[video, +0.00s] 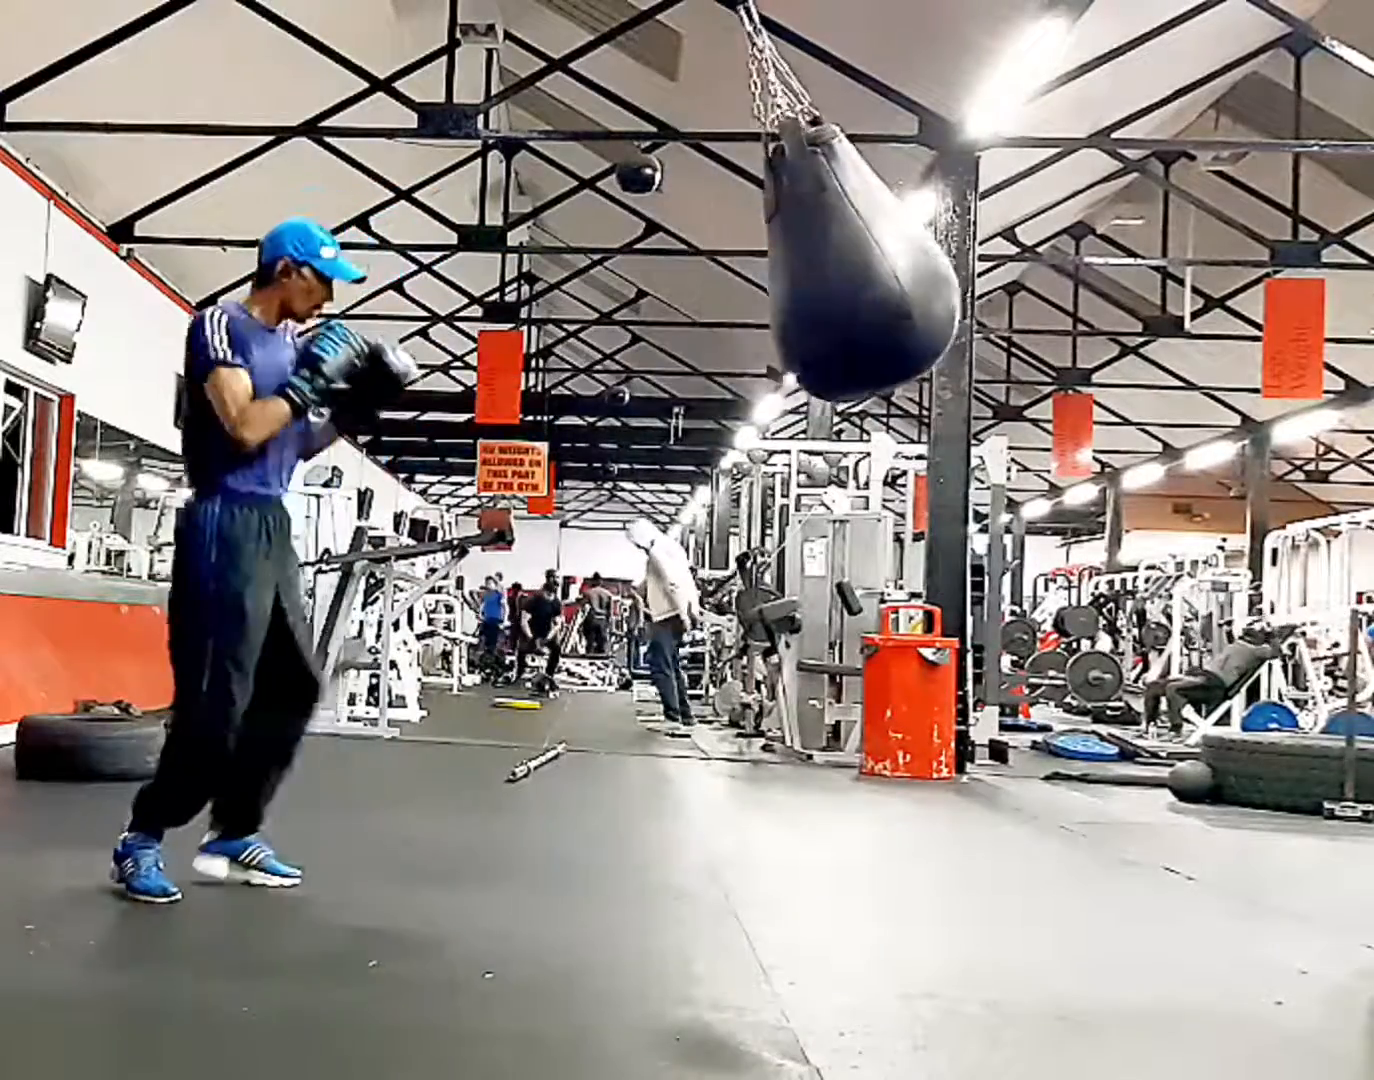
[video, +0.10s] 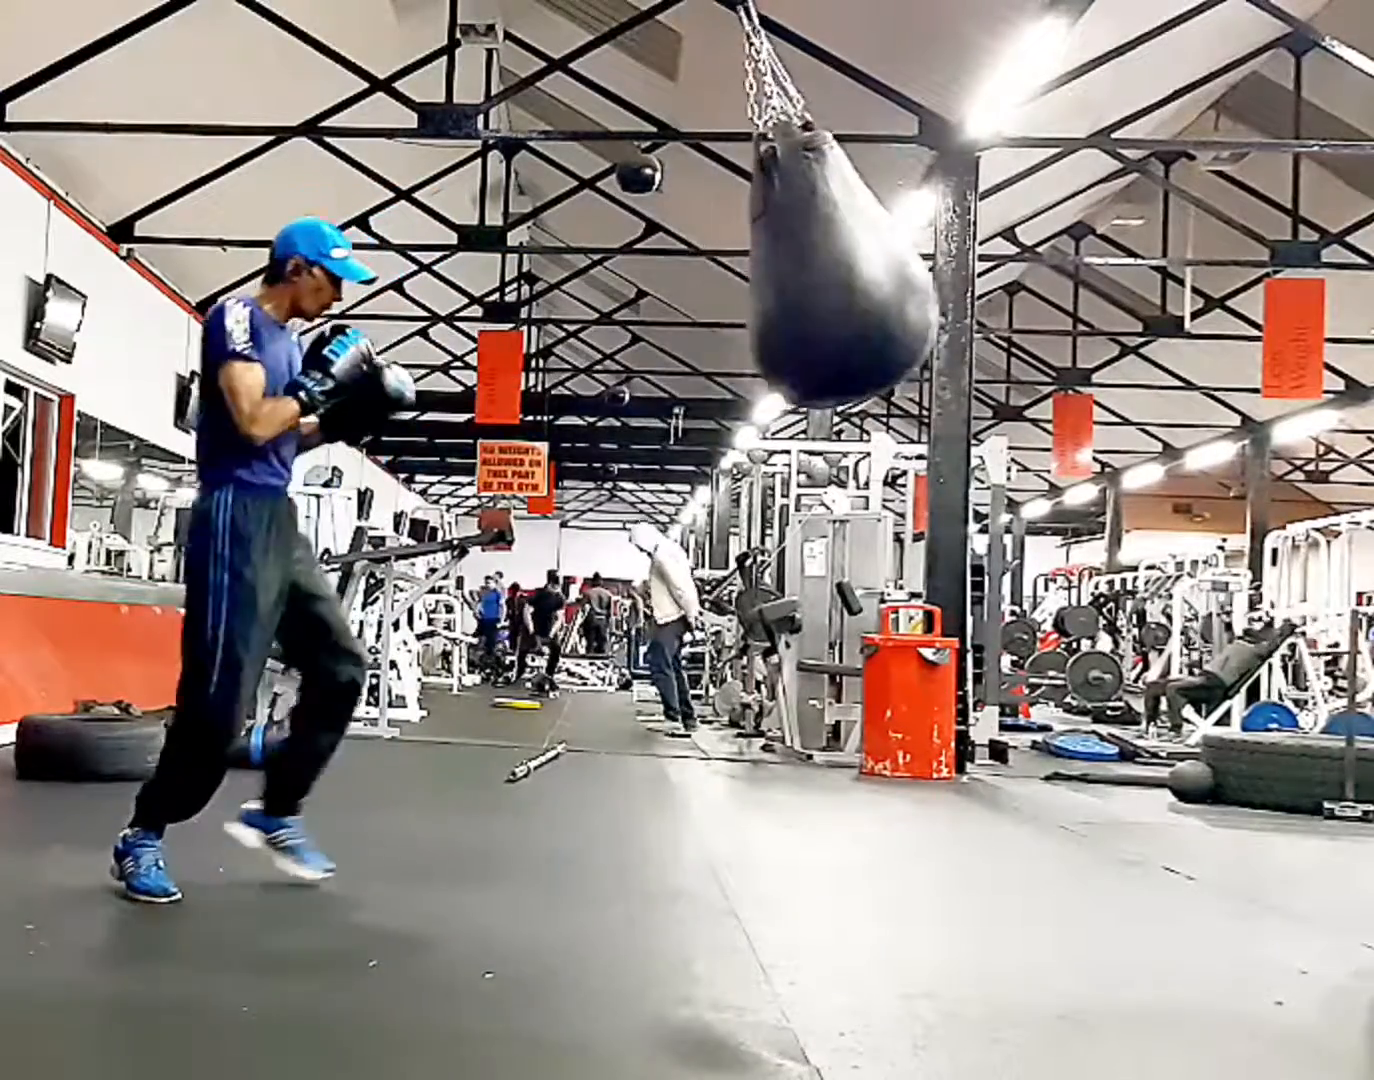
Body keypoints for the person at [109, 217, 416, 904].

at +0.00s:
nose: (330, 298)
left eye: (333, 287)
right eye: (325, 284)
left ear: (299, 278)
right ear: (288, 272)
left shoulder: (295, 343)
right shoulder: (221, 323)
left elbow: (297, 447)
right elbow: (245, 427)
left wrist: (354, 405)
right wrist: (312, 382)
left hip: (270, 528)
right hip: (221, 526)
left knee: (291, 685)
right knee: (219, 693)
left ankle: (233, 837)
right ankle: (142, 840)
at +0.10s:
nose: (337, 299)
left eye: (340, 287)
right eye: (332, 283)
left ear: (307, 278)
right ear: (298, 271)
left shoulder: (291, 341)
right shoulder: (237, 316)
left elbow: (285, 439)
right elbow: (253, 420)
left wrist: (343, 414)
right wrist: (320, 383)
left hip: (278, 520)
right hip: (234, 517)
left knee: (340, 670)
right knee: (221, 698)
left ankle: (274, 814)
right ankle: (143, 836)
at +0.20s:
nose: (356, 298)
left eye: (361, 287)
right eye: (353, 283)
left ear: (325, 275)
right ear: (318, 269)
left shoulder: (312, 339)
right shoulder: (256, 314)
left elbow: (304, 422)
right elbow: (276, 416)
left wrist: (355, 392)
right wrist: (337, 377)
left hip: (296, 517)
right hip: (251, 513)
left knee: (353, 668)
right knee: (221, 691)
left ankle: (335, 825)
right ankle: (139, 833)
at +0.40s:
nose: (402, 326)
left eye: (406, 316)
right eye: (397, 312)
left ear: (373, 309)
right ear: (363, 302)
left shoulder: (357, 369)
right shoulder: (309, 343)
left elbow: (388, 449)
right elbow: (324, 408)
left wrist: (453, 415)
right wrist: (387, 376)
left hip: (324, 543)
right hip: (295, 538)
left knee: (353, 697)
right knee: (258, 714)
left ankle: (389, 847)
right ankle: (147, 829)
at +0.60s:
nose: (441, 319)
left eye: (445, 309)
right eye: (439, 306)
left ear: (412, 297)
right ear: (406, 293)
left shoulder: (385, 351)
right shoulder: (351, 332)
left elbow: (392, 429)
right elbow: (411, 388)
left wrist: (455, 391)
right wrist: (478, 364)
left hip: (377, 531)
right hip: (339, 527)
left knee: (406, 691)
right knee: (292, 687)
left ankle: (394, 845)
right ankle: (176, 821)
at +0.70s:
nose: (446, 319)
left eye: (449, 308)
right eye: (441, 305)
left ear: (422, 302)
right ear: (408, 293)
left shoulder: (417, 365)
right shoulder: (343, 340)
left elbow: (479, 397)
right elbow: (332, 430)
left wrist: (535, 372)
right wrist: (404, 416)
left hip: (383, 534)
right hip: (336, 525)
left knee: (412, 697)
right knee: (326, 688)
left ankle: (395, 846)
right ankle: (207, 817)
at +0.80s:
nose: (442, 332)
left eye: (447, 322)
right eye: (438, 317)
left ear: (424, 312)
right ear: (408, 300)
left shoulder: (413, 375)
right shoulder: (340, 345)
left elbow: (456, 430)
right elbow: (313, 446)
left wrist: (509, 413)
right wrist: (391, 429)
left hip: (381, 533)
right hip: (334, 525)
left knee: (411, 693)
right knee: (327, 696)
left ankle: (394, 845)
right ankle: (219, 819)